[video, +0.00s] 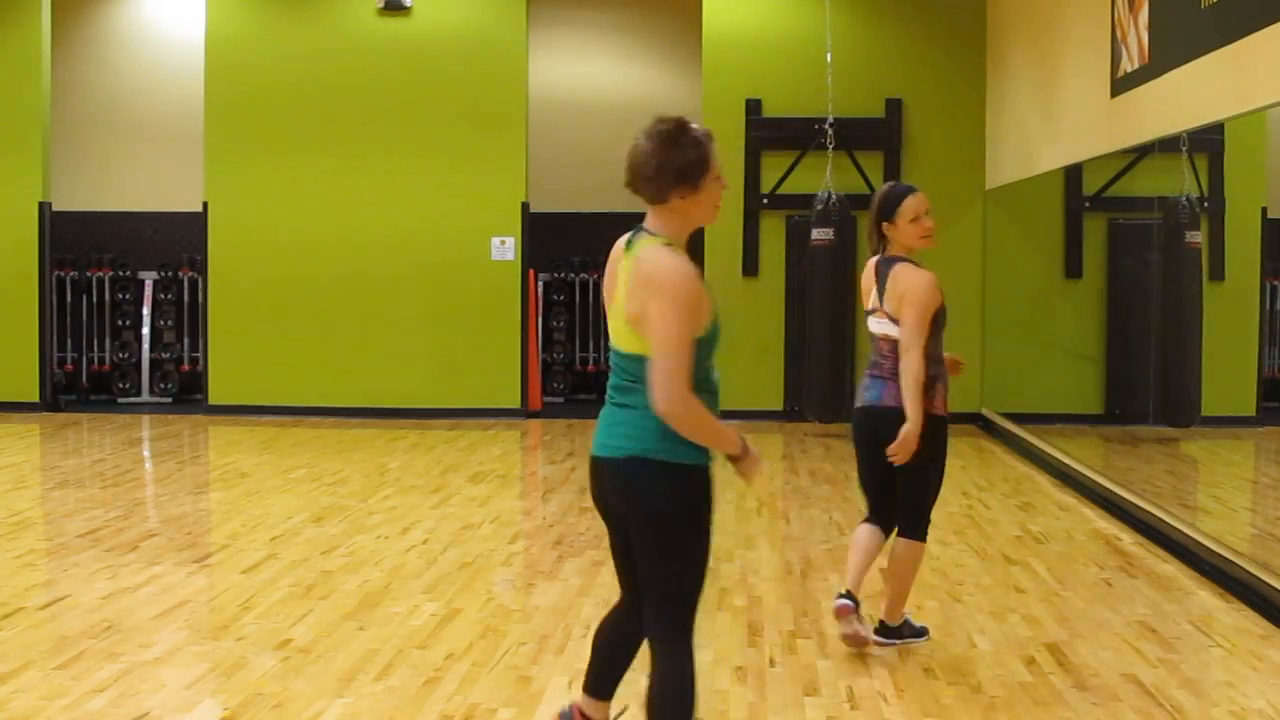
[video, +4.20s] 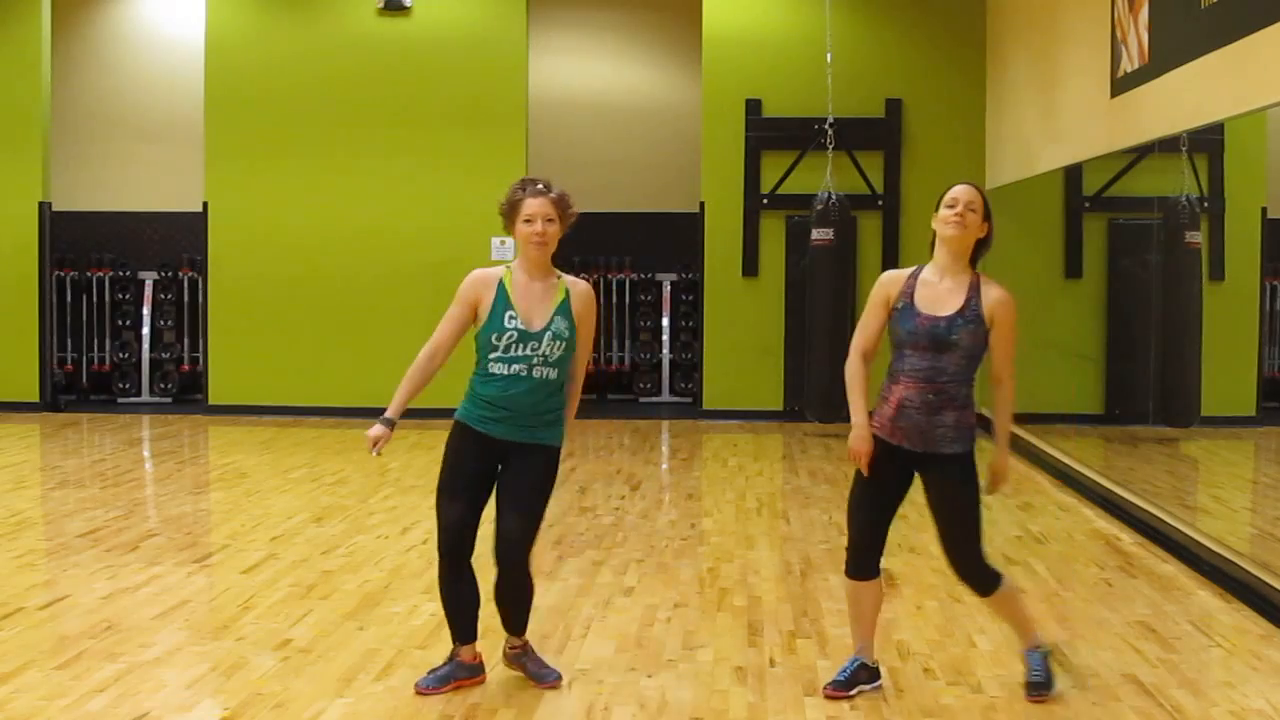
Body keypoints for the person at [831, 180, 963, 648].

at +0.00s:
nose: (929, 224)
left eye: (927, 214)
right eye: (918, 218)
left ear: (892, 226)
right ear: (890, 226)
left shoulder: (871, 272)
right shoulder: (921, 282)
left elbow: (887, 339)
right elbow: (911, 354)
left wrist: (935, 358)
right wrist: (913, 420)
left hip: (871, 408)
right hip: (917, 413)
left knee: (878, 512)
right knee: (914, 520)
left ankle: (848, 592)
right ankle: (892, 619)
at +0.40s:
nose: (896, 224)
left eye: (902, 215)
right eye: (886, 217)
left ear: (912, 221)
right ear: (869, 226)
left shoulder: (931, 282)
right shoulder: (849, 278)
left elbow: (942, 346)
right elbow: (830, 345)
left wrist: (948, 402)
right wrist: (861, 402)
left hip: (912, 411)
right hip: (861, 412)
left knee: (892, 507)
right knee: (880, 509)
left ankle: (873, 592)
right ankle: (902, 602)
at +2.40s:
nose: (926, 218)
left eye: (935, 210)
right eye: (917, 209)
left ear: (947, 217)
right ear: (899, 214)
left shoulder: (966, 278)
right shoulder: (873, 277)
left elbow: (981, 351)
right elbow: (854, 350)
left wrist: (987, 415)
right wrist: (852, 415)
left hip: (946, 420)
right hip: (887, 422)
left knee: (965, 528)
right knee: (900, 532)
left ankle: (954, 608)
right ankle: (913, 635)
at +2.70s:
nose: (938, 213)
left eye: (947, 206)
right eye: (929, 205)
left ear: (960, 215)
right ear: (911, 211)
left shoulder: (977, 280)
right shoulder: (881, 276)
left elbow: (984, 357)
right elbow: (867, 347)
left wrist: (994, 425)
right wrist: (878, 406)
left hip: (966, 422)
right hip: (905, 425)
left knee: (991, 536)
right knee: (909, 536)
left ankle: (1018, 649)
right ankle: (916, 637)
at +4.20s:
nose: (956, 212)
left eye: (969, 209)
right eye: (949, 205)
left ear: (983, 232)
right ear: (933, 221)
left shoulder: (993, 299)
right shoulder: (894, 283)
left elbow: (1003, 380)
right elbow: (857, 356)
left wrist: (1002, 449)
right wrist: (859, 424)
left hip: (949, 445)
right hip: (888, 436)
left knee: (969, 566)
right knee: (861, 547)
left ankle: (1033, 644)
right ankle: (863, 659)